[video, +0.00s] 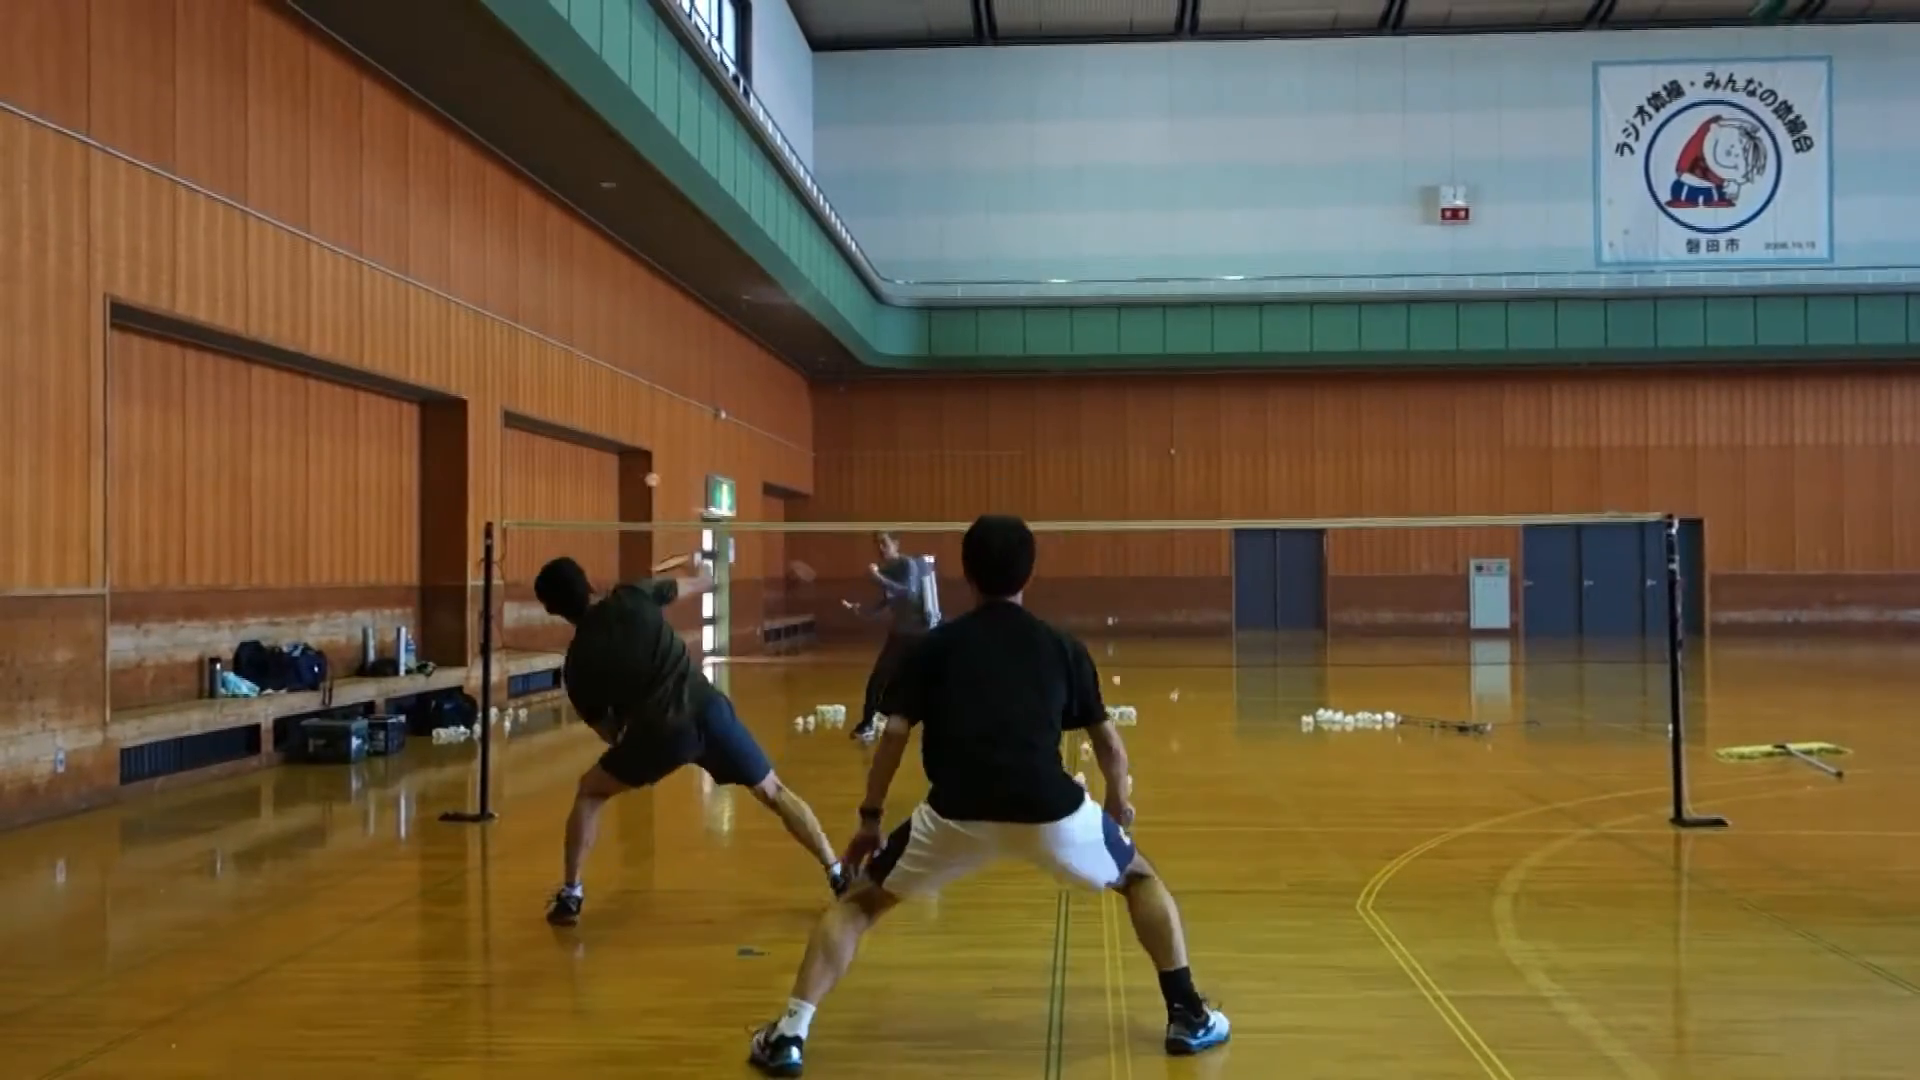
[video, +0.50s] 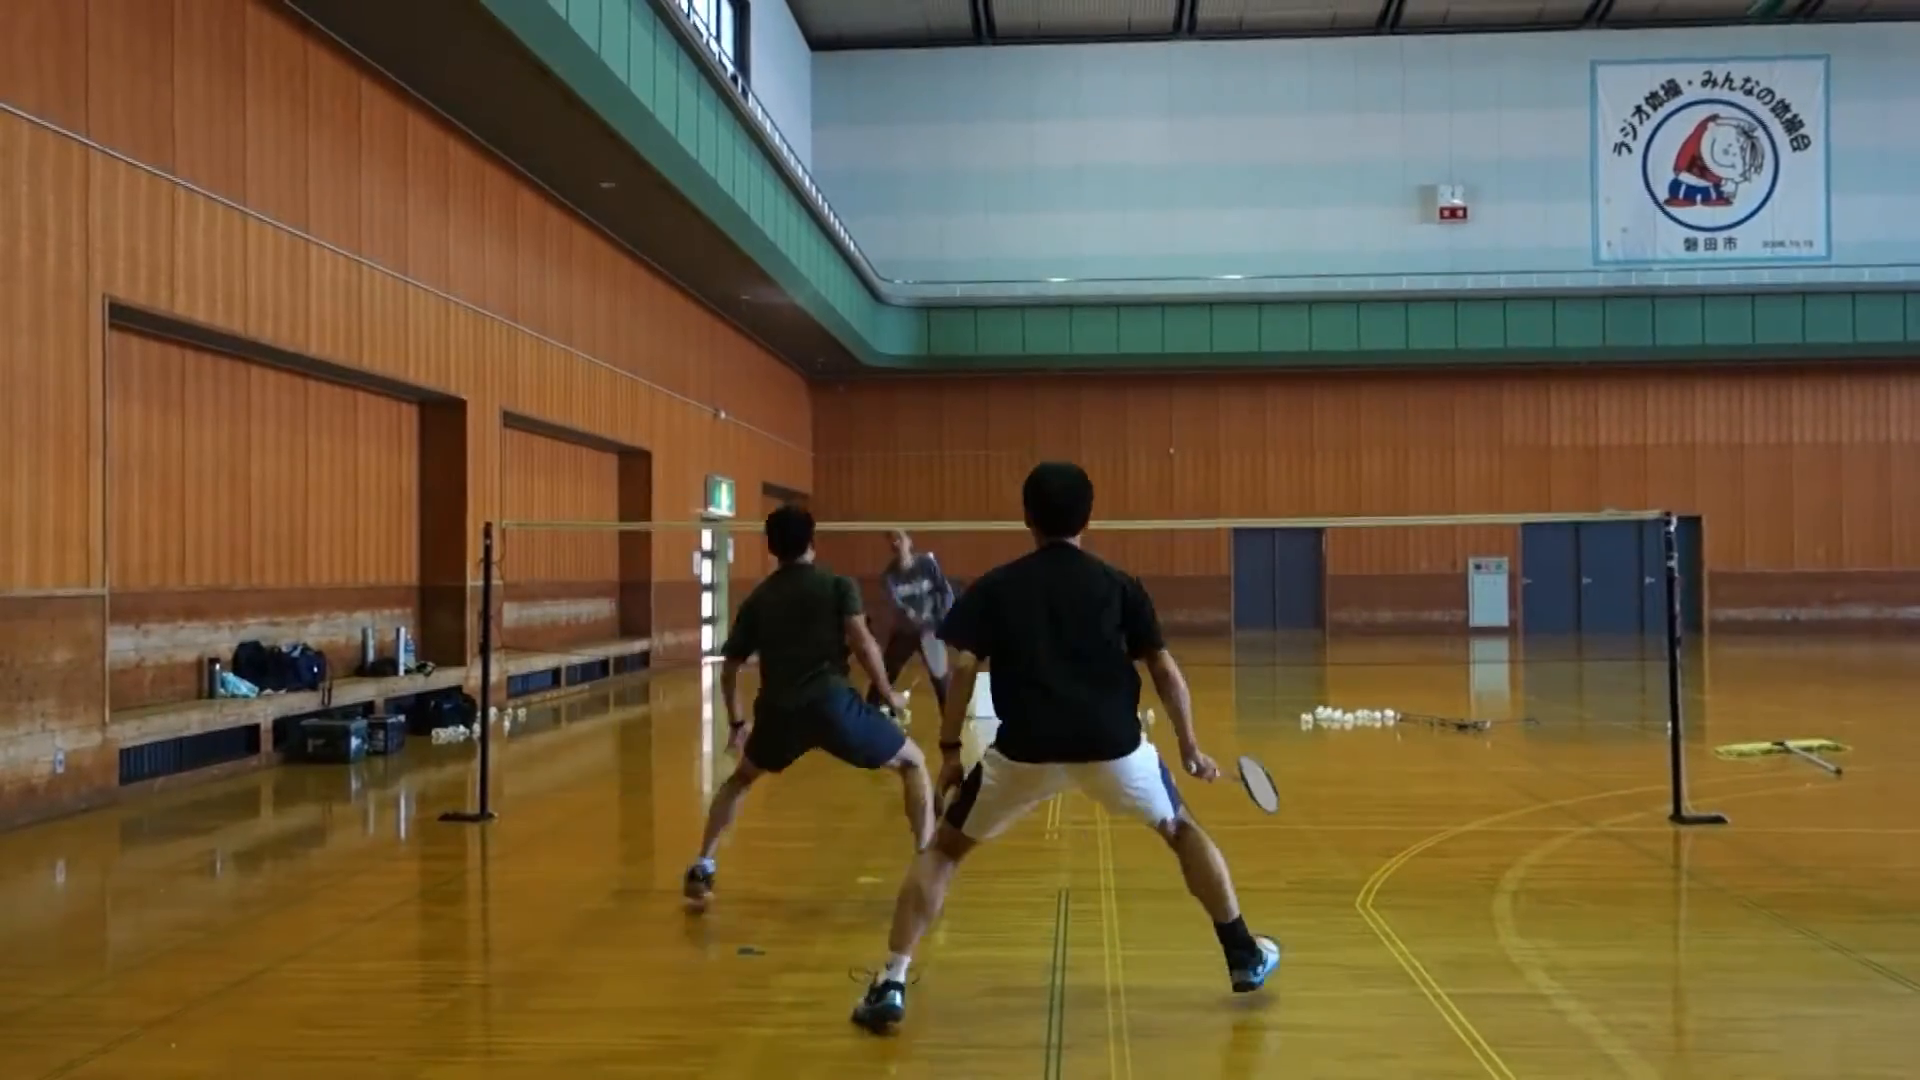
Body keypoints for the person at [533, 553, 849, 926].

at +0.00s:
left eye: (550, 606)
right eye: (584, 577)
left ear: (555, 612)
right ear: (587, 583)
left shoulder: (578, 666)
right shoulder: (634, 595)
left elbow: (608, 730)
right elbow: (700, 584)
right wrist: (695, 567)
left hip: (660, 734)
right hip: (708, 710)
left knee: (591, 792)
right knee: (775, 791)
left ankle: (571, 891)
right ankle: (837, 872)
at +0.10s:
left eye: (571, 582)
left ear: (574, 589)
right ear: (613, 571)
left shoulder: (588, 649)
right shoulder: (661, 595)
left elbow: (592, 725)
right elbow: (720, 629)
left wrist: (613, 758)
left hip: (664, 733)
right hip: (718, 711)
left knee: (591, 790)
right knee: (774, 793)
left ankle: (570, 894)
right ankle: (826, 880)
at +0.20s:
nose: (618, 561)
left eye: (619, 554)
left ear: (622, 557)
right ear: (663, 546)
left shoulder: (627, 613)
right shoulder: (706, 578)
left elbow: (607, 675)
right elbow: (742, 625)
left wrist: (603, 728)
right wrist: (777, 670)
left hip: (680, 722)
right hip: (738, 703)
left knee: (623, 795)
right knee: (801, 773)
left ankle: (578, 884)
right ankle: (825, 872)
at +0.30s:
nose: (723, 535)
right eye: (722, 529)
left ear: (680, 542)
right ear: (721, 534)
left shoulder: (670, 595)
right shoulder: (754, 574)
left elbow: (650, 663)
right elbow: (786, 627)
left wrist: (647, 710)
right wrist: (815, 677)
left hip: (705, 711)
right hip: (764, 702)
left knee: (665, 780)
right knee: (837, 766)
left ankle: (639, 868)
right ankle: (864, 860)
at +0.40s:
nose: (774, 542)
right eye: (772, 536)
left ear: (730, 546)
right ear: (771, 541)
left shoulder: (713, 601)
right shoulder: (800, 586)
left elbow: (689, 666)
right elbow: (827, 645)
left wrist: (692, 710)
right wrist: (857, 686)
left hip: (741, 718)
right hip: (798, 711)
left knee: (702, 796)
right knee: (865, 788)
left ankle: (666, 883)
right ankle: (884, 884)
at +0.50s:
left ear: (770, 546)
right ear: (811, 542)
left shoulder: (759, 599)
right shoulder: (837, 585)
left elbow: (729, 669)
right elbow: (862, 642)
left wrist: (736, 722)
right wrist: (888, 694)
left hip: (778, 714)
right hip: (832, 708)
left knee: (739, 781)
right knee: (912, 761)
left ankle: (703, 862)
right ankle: (927, 853)